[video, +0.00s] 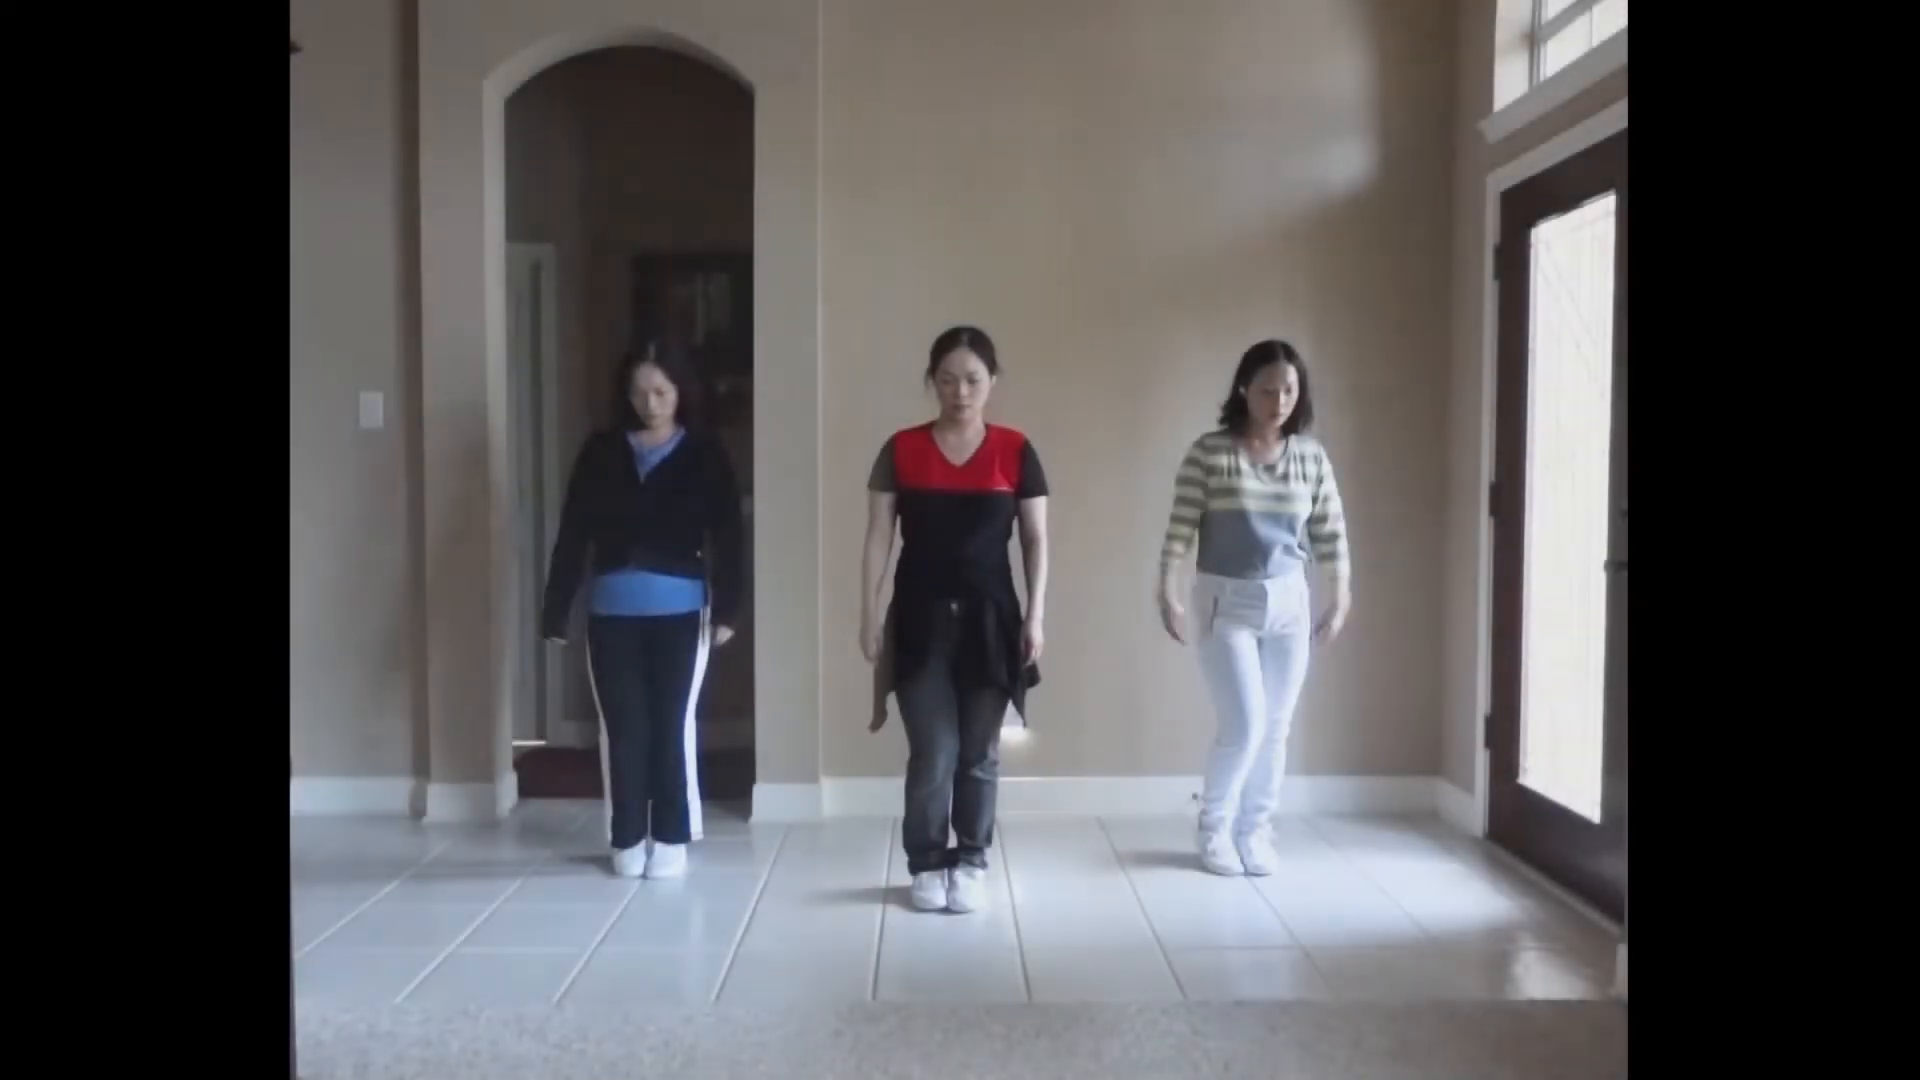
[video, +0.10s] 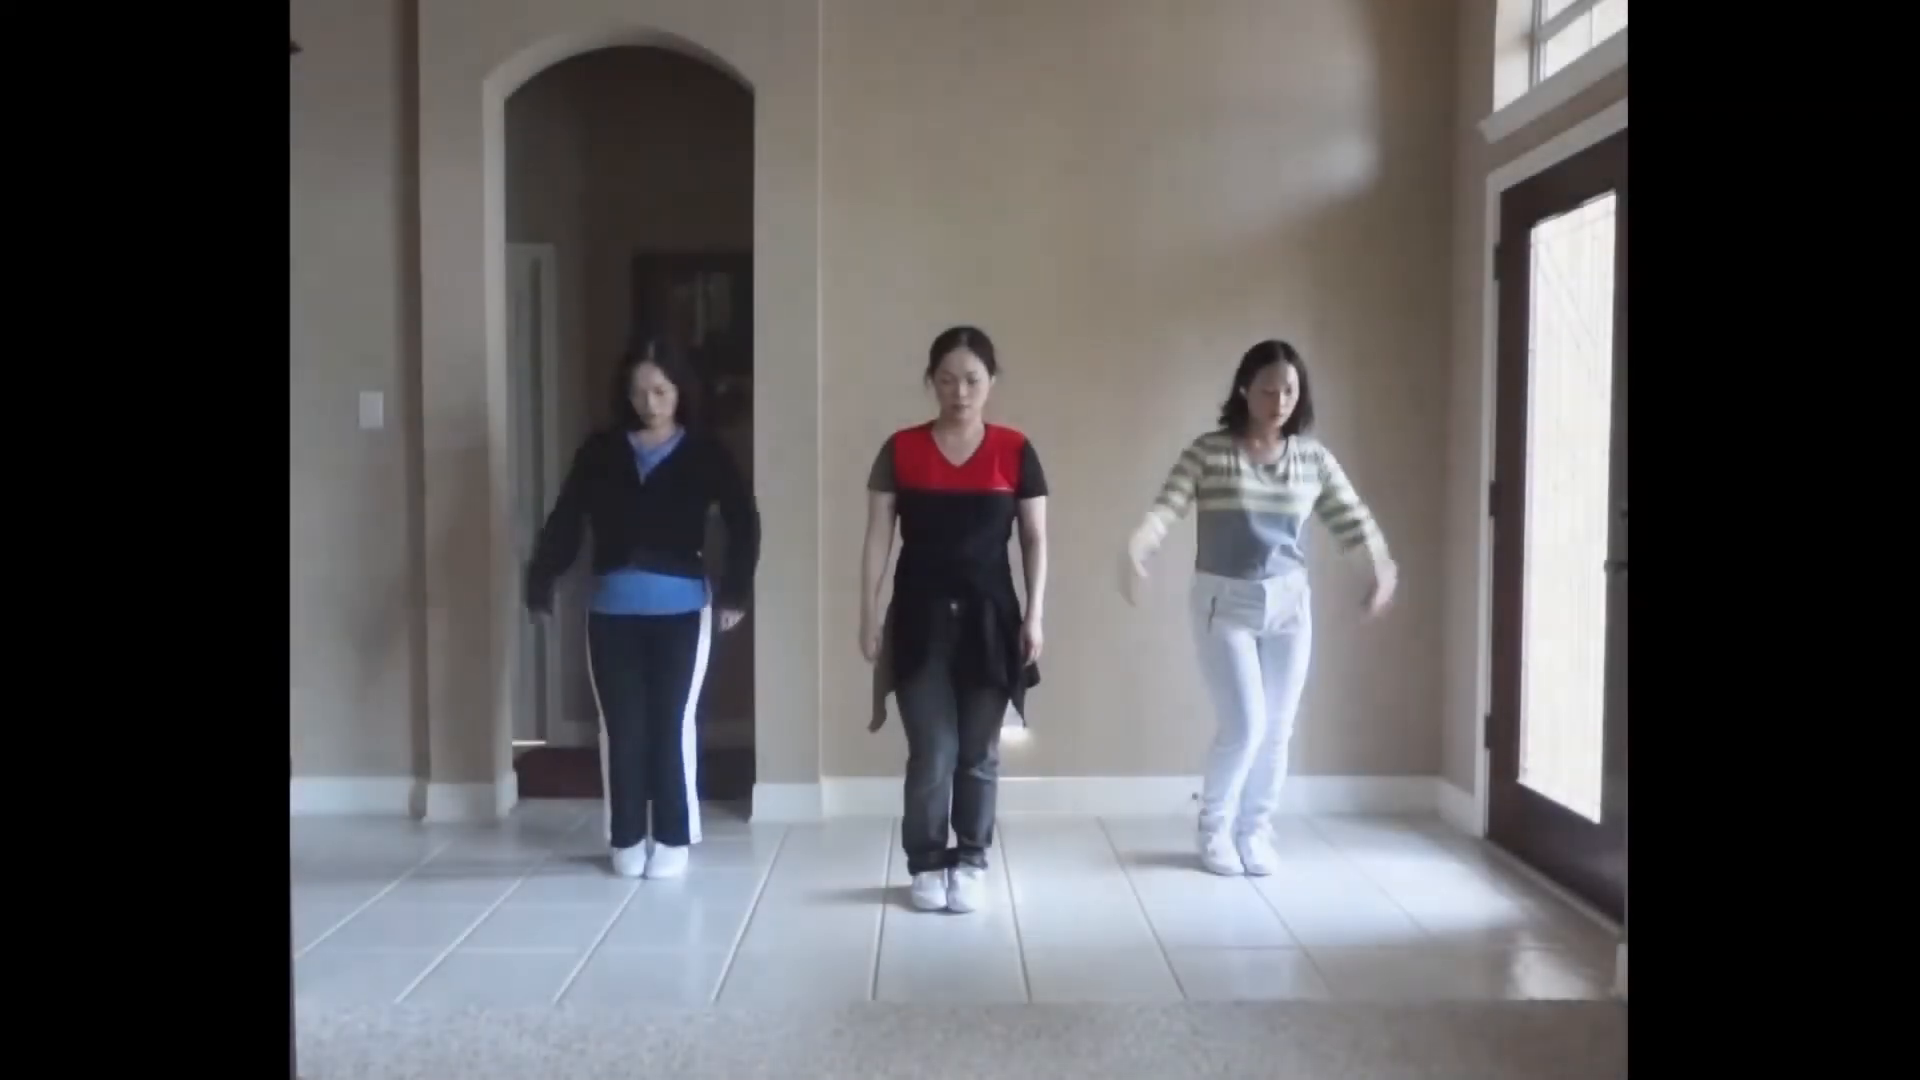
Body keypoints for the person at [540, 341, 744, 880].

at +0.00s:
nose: (651, 400)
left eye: (661, 390)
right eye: (642, 391)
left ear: (679, 393)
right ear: (629, 394)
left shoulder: (704, 453)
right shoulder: (602, 451)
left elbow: (727, 533)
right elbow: (573, 532)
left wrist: (729, 608)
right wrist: (557, 609)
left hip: (680, 613)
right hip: (612, 613)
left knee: (669, 726)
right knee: (625, 729)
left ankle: (670, 840)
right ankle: (628, 842)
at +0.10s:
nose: (651, 400)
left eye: (661, 390)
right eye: (642, 390)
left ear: (679, 392)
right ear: (628, 394)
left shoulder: (705, 453)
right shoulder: (601, 451)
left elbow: (743, 520)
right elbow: (566, 521)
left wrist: (736, 592)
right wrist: (540, 582)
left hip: (681, 612)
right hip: (613, 611)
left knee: (671, 726)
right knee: (624, 729)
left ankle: (673, 841)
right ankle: (627, 842)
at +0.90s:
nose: (638, 368)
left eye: (650, 361)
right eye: (630, 359)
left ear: (667, 375)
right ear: (617, 371)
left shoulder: (681, 430)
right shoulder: (596, 425)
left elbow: (701, 370)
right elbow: (573, 358)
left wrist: (663, 323)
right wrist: (614, 309)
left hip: (668, 580)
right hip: (612, 580)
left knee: (668, 705)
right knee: (630, 704)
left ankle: (689, 825)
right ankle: (646, 816)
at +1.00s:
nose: (636, 378)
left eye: (648, 369)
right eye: (628, 370)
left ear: (665, 379)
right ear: (616, 380)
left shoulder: (683, 427)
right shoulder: (597, 429)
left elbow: (706, 369)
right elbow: (573, 377)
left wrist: (657, 346)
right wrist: (609, 335)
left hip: (668, 582)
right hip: (613, 582)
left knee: (663, 702)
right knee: (628, 704)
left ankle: (685, 823)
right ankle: (643, 817)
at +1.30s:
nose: (644, 393)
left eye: (653, 386)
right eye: (634, 386)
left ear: (670, 396)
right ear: (620, 395)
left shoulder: (683, 434)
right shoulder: (602, 432)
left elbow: (685, 432)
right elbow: (587, 431)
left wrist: (649, 418)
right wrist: (610, 411)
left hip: (667, 585)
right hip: (611, 584)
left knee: (656, 701)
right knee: (623, 702)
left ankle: (683, 819)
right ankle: (641, 817)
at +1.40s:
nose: (643, 403)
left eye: (652, 394)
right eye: (634, 396)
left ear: (669, 398)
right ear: (622, 402)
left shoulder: (687, 443)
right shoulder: (600, 443)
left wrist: (642, 471)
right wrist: (614, 462)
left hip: (666, 586)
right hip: (611, 585)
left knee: (656, 698)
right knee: (622, 700)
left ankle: (682, 819)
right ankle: (640, 819)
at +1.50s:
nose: (643, 409)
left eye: (652, 400)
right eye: (634, 402)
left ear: (670, 403)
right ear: (623, 408)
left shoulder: (689, 454)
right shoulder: (605, 453)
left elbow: (687, 524)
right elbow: (594, 468)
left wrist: (643, 494)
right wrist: (615, 482)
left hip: (667, 590)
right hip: (611, 588)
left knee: (655, 699)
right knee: (618, 702)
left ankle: (681, 818)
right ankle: (640, 819)